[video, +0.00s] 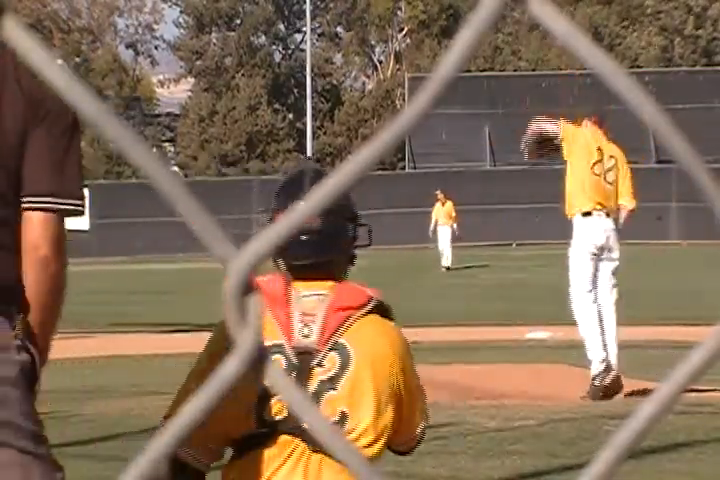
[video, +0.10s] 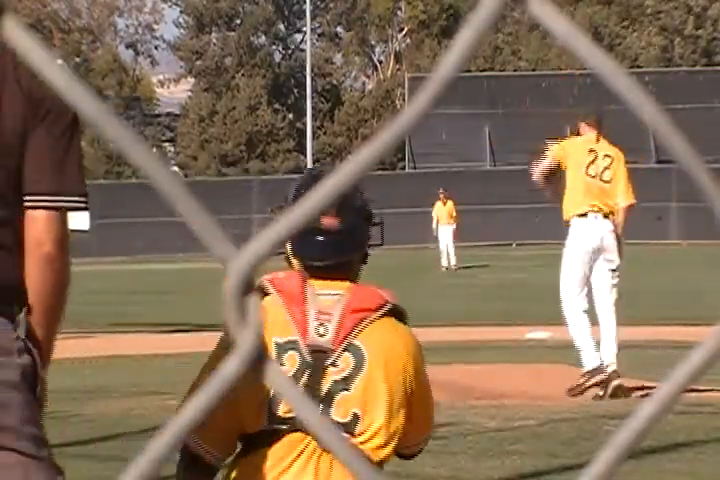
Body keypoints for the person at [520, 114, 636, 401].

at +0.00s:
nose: (580, 126)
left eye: (581, 122)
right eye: (581, 123)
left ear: (586, 122)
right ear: (603, 125)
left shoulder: (576, 133)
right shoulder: (617, 153)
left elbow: (538, 124)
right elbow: (627, 202)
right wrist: (613, 227)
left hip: (586, 224)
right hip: (610, 226)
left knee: (582, 296)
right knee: (607, 296)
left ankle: (599, 366)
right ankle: (611, 366)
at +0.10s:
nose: (579, 132)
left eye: (580, 129)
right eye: (581, 129)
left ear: (584, 128)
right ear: (599, 129)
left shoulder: (572, 145)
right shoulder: (616, 154)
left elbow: (547, 160)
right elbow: (624, 202)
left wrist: (539, 171)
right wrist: (617, 236)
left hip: (582, 225)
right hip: (609, 227)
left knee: (572, 298)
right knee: (606, 300)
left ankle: (591, 364)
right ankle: (610, 365)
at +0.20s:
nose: (573, 133)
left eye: (573, 129)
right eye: (577, 129)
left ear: (574, 131)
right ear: (594, 130)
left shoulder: (563, 157)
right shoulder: (608, 155)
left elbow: (550, 201)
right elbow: (623, 198)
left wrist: (561, 209)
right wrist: (618, 236)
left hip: (575, 227)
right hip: (604, 226)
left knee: (571, 302)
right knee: (606, 303)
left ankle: (573, 371)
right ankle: (609, 367)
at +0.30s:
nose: (566, 143)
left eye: (566, 139)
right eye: (568, 139)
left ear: (566, 139)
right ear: (585, 136)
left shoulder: (557, 164)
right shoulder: (604, 161)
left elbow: (554, 213)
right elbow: (623, 198)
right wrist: (617, 239)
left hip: (570, 233)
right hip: (600, 232)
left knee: (568, 307)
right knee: (605, 305)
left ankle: (561, 375)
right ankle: (609, 367)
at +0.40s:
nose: (556, 150)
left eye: (557, 146)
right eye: (558, 146)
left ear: (560, 146)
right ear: (578, 143)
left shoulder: (553, 170)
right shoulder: (599, 166)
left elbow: (549, 221)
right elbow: (616, 204)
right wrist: (613, 247)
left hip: (565, 238)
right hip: (595, 237)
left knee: (562, 312)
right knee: (600, 309)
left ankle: (561, 376)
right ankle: (606, 363)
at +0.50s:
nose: (551, 152)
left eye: (552, 147)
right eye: (553, 147)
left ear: (556, 146)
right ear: (571, 142)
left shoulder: (549, 170)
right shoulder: (595, 165)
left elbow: (541, 222)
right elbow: (608, 209)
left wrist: (552, 218)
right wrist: (608, 250)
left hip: (560, 239)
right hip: (590, 239)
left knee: (557, 311)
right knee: (591, 310)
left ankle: (562, 376)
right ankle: (600, 355)